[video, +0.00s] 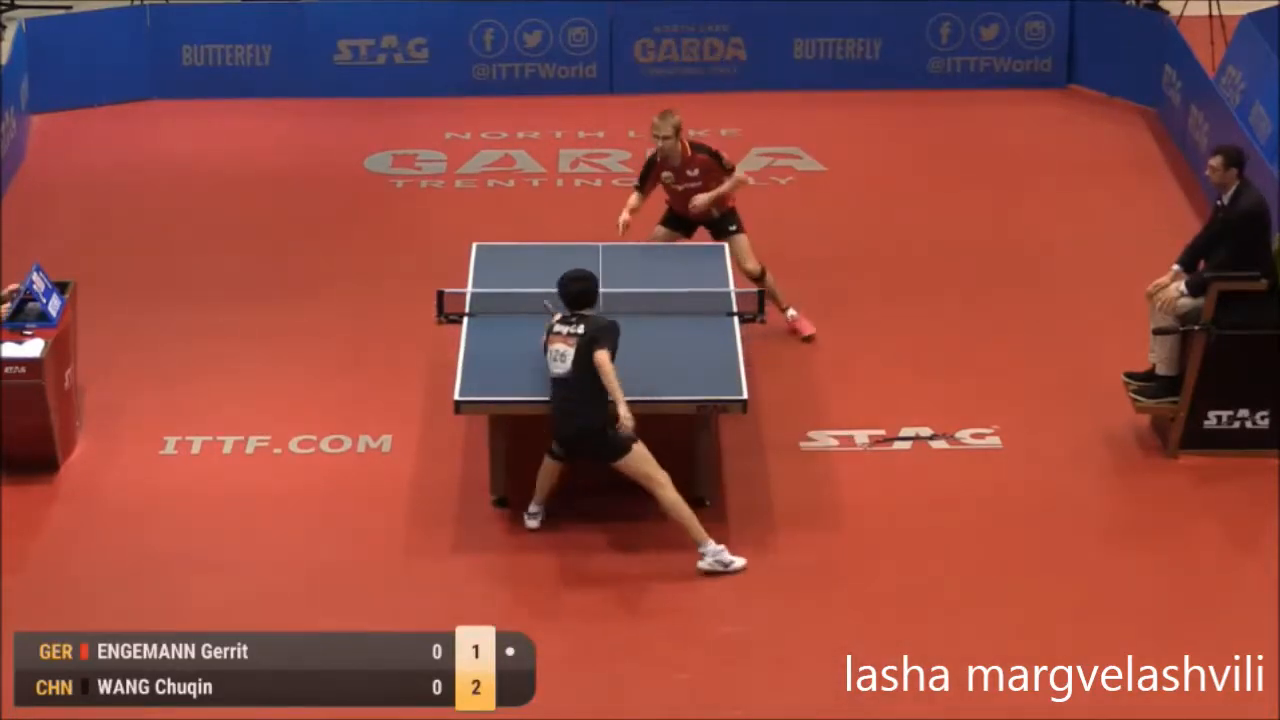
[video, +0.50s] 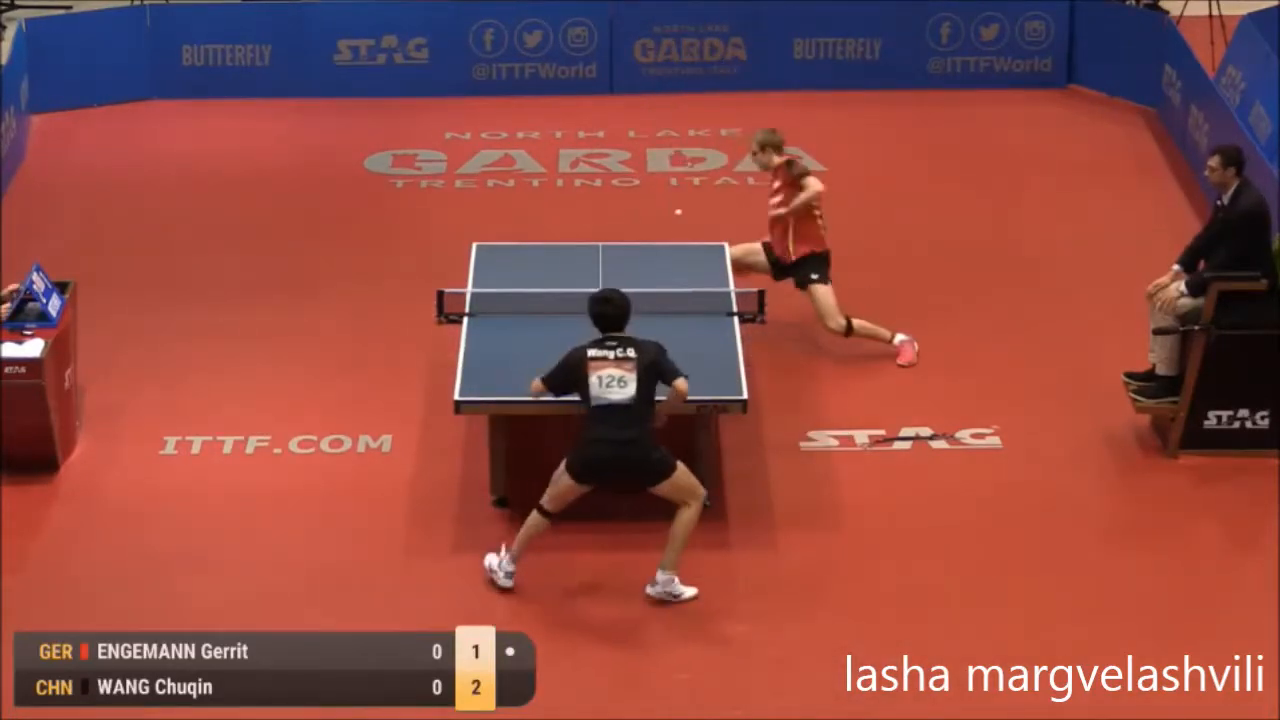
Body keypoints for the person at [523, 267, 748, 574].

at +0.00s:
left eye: (568, 296)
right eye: (593, 292)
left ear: (563, 300)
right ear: (596, 296)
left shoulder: (555, 326)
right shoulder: (603, 326)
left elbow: (548, 347)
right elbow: (601, 359)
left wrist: (557, 324)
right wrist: (621, 404)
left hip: (565, 424)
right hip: (600, 424)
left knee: (555, 454)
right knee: (659, 482)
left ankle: (534, 510)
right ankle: (708, 548)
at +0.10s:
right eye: (598, 279)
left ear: (569, 288)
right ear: (600, 284)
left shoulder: (559, 316)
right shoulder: (610, 315)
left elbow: (541, 348)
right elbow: (604, 353)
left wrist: (563, 331)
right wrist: (615, 402)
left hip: (562, 413)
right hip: (600, 413)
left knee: (543, 465)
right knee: (659, 474)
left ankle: (528, 510)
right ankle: (690, 554)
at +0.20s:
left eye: (582, 288)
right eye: (606, 287)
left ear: (575, 293)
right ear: (609, 292)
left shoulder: (559, 323)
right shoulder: (618, 327)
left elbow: (530, 358)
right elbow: (618, 377)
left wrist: (550, 328)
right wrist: (631, 428)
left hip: (563, 424)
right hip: (605, 427)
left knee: (539, 469)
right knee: (657, 486)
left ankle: (513, 538)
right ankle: (658, 569)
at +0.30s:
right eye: (608, 306)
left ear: (579, 310)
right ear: (613, 311)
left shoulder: (559, 342)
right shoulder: (625, 350)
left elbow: (525, 373)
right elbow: (631, 400)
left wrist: (538, 343)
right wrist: (646, 443)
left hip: (562, 445)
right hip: (607, 449)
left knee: (537, 489)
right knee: (660, 498)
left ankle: (505, 553)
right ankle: (657, 580)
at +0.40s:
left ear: (589, 323)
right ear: (622, 321)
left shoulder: (574, 358)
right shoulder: (641, 356)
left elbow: (530, 385)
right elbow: (669, 400)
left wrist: (544, 360)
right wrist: (656, 423)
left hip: (578, 455)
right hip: (625, 457)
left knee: (539, 496)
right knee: (678, 499)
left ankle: (504, 554)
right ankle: (660, 580)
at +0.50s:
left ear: (594, 320)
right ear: (627, 318)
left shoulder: (581, 355)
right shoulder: (650, 351)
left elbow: (537, 388)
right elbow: (681, 388)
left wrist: (568, 382)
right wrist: (663, 413)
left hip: (592, 453)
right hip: (639, 453)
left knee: (547, 506)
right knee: (693, 498)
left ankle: (506, 564)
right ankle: (665, 579)